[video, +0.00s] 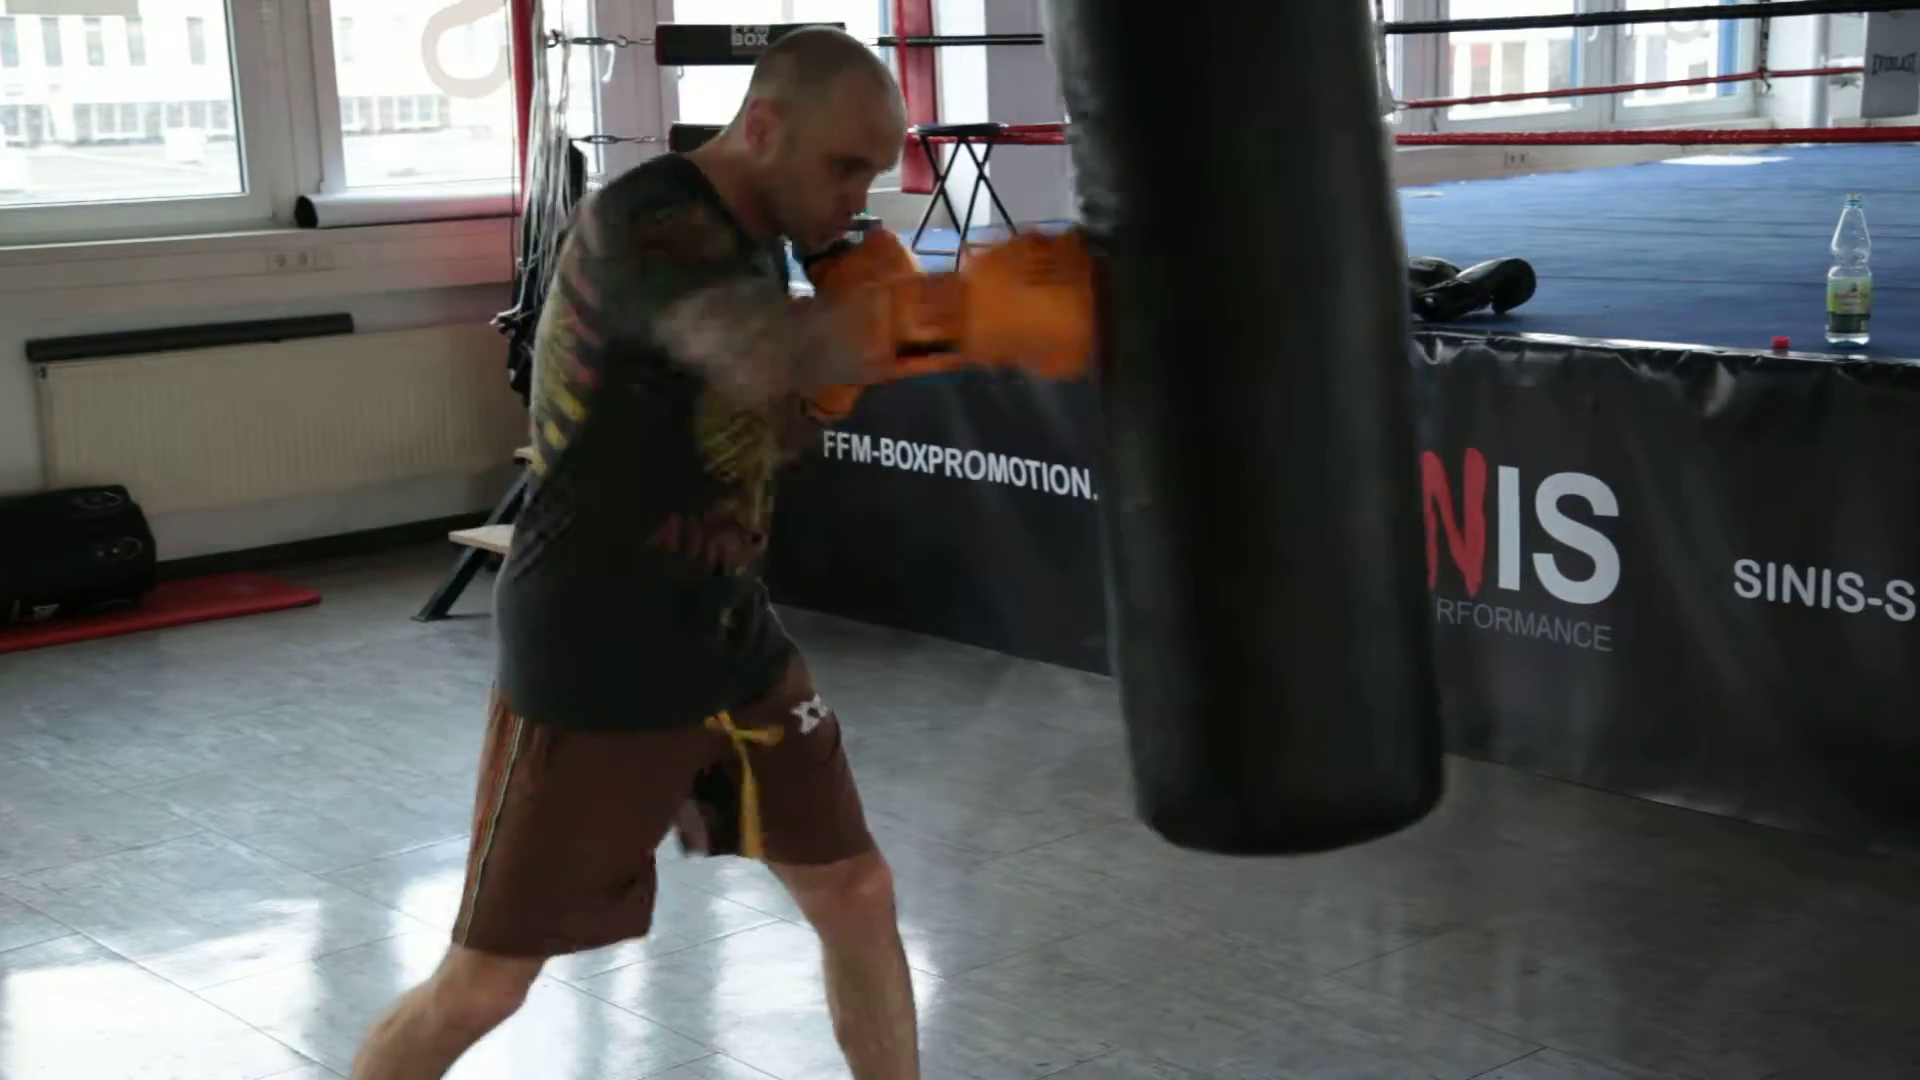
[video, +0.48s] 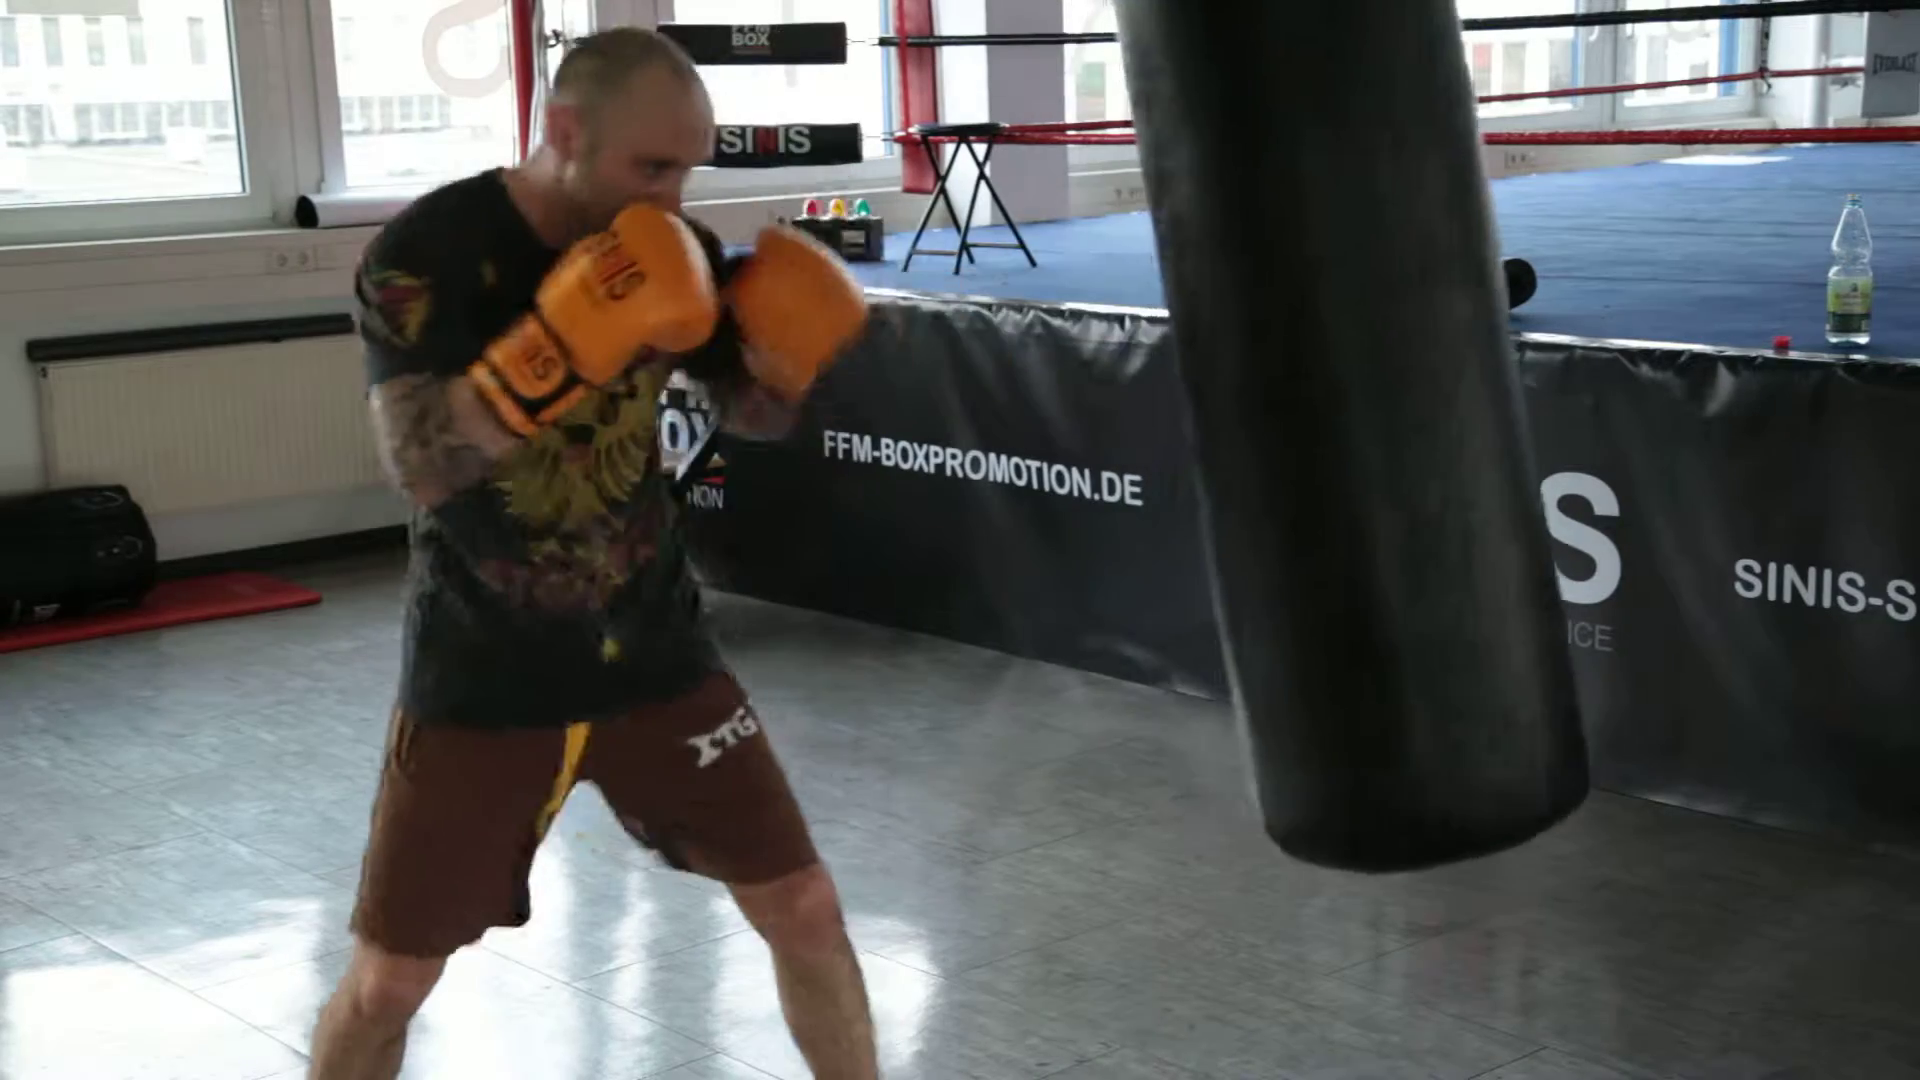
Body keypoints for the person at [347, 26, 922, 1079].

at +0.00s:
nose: (858, 203)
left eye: (871, 178)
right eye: (845, 171)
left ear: (772, 133)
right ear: (762, 129)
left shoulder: (750, 241)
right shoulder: (636, 220)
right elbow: (773, 362)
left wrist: (869, 329)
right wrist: (930, 314)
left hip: (722, 629)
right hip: (588, 649)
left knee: (855, 897)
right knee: (479, 987)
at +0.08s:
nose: (844, 203)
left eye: (858, 178)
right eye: (833, 171)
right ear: (749, 131)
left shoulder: (781, 244)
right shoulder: (597, 232)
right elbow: (631, 424)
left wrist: (921, 298)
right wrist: (819, 354)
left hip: (725, 643)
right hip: (569, 663)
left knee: (854, 909)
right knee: (453, 973)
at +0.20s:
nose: (806, 209)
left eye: (824, 185)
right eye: (792, 179)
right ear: (710, 136)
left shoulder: (795, 246)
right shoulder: (553, 231)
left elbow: (940, 313)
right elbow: (526, 440)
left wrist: (1049, 290)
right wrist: (698, 346)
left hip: (702, 652)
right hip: (532, 665)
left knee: (835, 919)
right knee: (420, 972)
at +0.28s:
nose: (756, 207)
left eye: (769, 185)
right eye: (743, 178)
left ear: (673, 143)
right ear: (661, 137)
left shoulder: (718, 249)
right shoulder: (507, 240)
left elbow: (826, 374)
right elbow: (501, 446)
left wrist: (947, 336)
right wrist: (660, 323)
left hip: (695, 650)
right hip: (527, 668)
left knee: (828, 913)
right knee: (413, 986)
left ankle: (890, 1078)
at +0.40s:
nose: (686, 212)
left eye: (700, 188)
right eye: (671, 183)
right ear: (587, 148)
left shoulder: (662, 259)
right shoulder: (440, 264)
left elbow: (744, 425)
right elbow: (450, 465)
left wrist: (803, 387)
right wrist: (595, 337)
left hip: (655, 665)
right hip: (493, 683)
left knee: (809, 911)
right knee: (392, 997)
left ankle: (879, 1079)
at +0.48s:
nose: (672, 196)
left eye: (686, 171)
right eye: (653, 166)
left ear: (692, 157)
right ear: (564, 135)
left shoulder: (664, 248)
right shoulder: (422, 256)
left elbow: (749, 415)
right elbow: (420, 467)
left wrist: (785, 351)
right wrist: (568, 342)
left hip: (652, 649)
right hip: (485, 669)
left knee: (803, 908)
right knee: (390, 981)